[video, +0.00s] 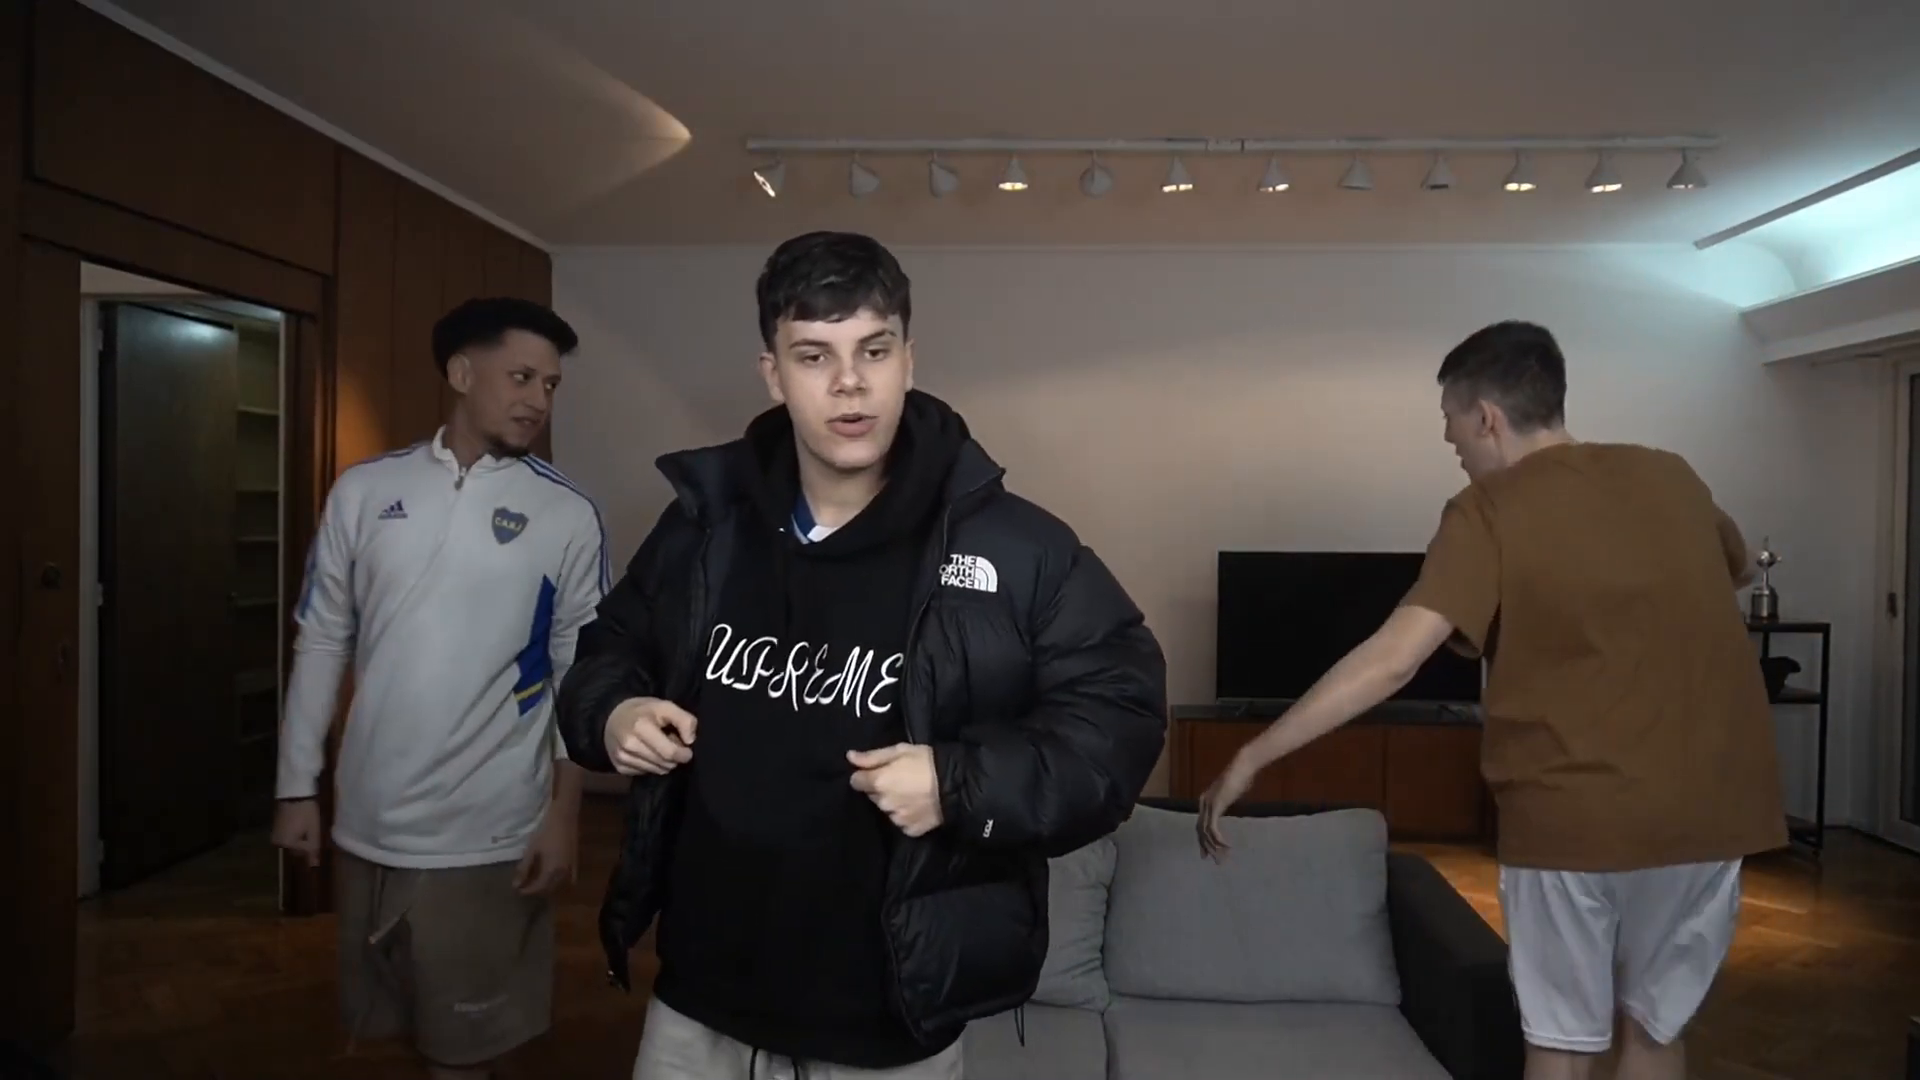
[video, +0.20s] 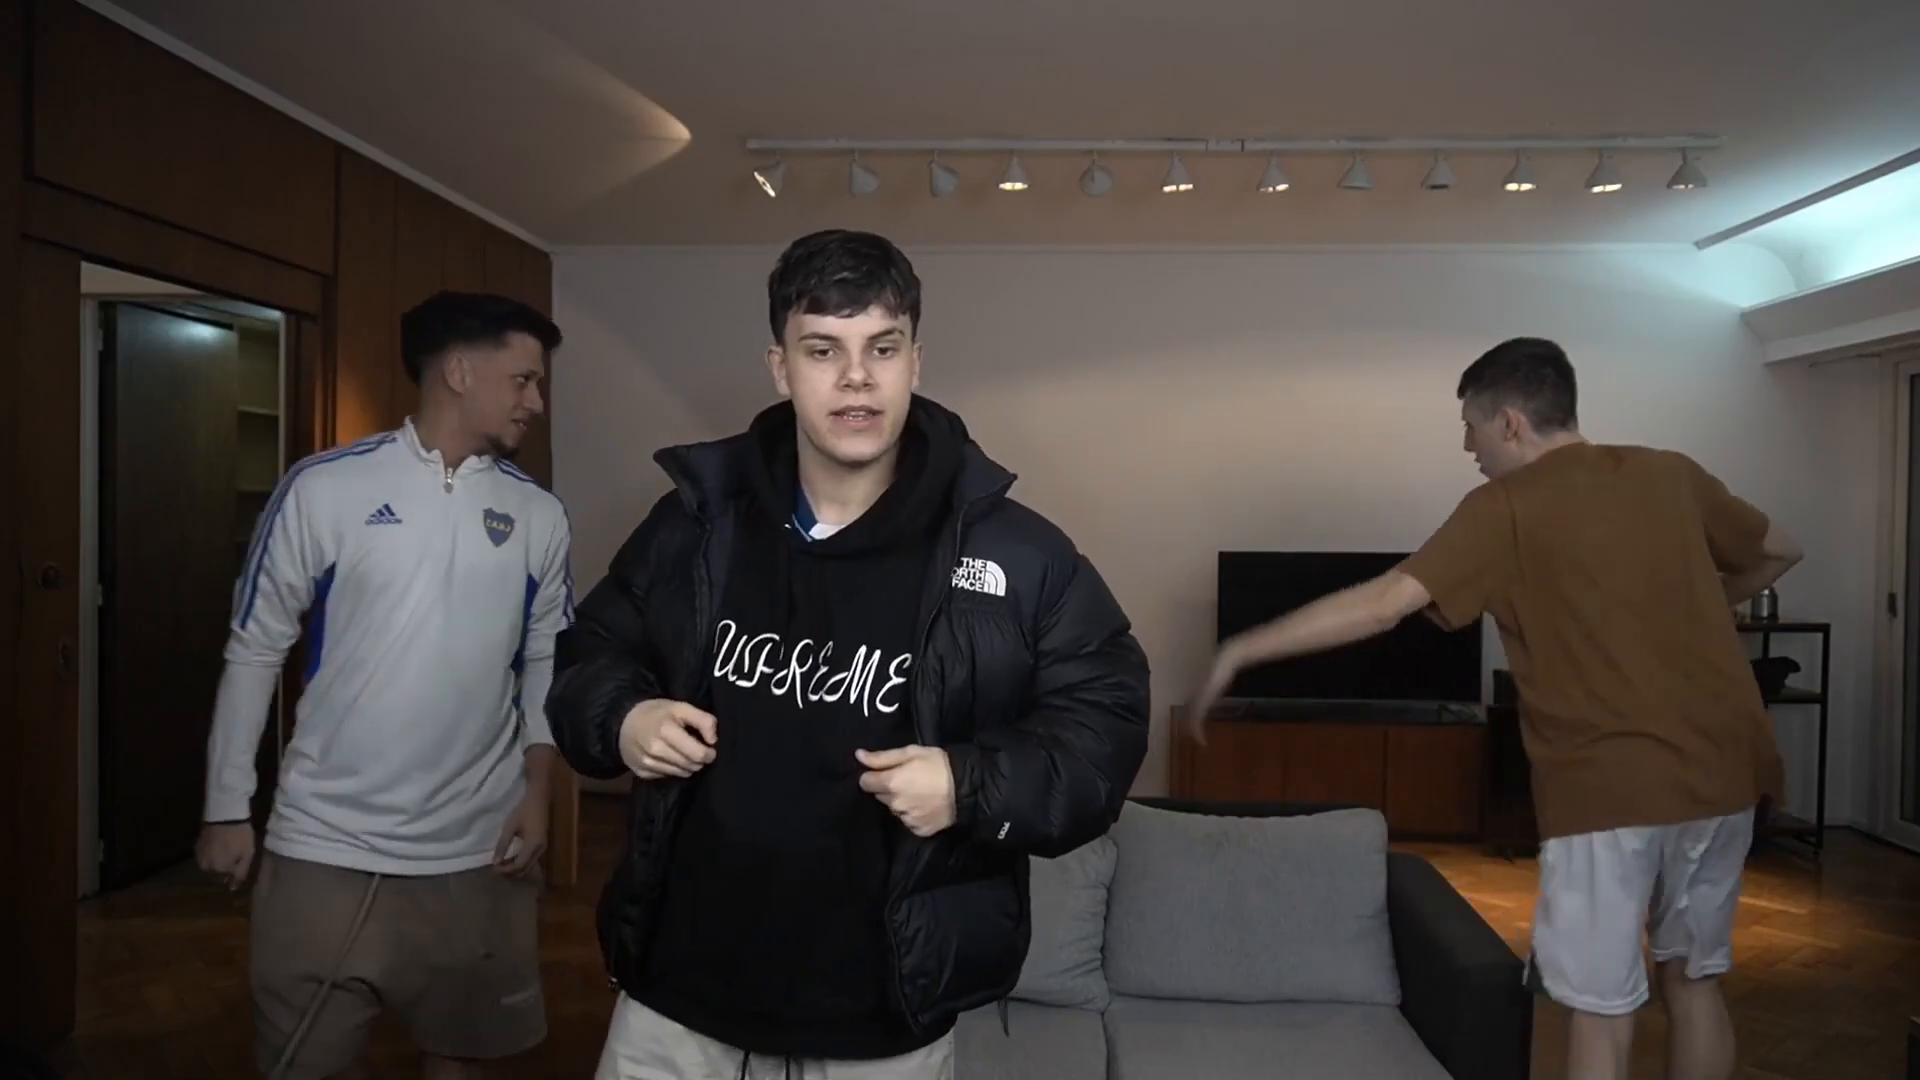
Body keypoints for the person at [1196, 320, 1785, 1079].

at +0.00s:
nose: (1453, 446)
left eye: (1452, 426)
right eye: (1448, 427)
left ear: (1488, 416)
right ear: (1553, 403)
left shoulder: (1488, 513)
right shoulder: (1672, 476)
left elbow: (1391, 659)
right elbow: (1741, 563)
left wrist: (1249, 759)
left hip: (1567, 825)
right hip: (1709, 823)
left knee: (1562, 1047)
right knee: (1655, 1036)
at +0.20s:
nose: (1470, 449)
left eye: (1471, 430)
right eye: (1466, 431)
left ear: (1511, 422)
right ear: (1556, 414)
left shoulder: (1506, 505)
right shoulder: (1673, 476)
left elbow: (1390, 599)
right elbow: (1777, 549)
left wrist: (1238, 651)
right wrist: (1691, 600)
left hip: (1606, 790)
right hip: (1728, 773)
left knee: (1598, 1010)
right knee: (1696, 978)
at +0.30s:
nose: (1491, 449)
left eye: (1494, 430)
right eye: (1489, 431)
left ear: (1537, 424)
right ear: (1578, 421)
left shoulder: (1519, 504)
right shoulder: (1681, 485)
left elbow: (1401, 574)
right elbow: (1770, 554)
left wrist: (1246, 560)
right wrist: (1689, 572)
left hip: (1613, 793)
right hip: (1725, 778)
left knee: (1621, 995)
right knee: (1699, 979)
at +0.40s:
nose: (1498, 437)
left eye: (1506, 421)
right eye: (1500, 421)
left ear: (1552, 421)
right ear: (1588, 421)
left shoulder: (1530, 497)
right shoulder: (1674, 487)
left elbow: (1427, 549)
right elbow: (1748, 552)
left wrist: (1300, 497)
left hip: (1604, 779)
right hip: (1716, 770)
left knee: (1611, 968)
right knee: (1699, 967)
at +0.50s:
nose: (1499, 424)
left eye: (1507, 407)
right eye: (1500, 408)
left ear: (1553, 408)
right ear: (1582, 409)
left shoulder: (1533, 483)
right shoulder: (1669, 471)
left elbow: (1432, 508)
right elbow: (1695, 518)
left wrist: (1306, 463)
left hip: (1597, 752)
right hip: (1704, 742)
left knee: (1604, 941)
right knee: (1697, 951)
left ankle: (1625, 1074)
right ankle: (1709, 1075)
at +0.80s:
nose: (1462, 443)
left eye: (1473, 430)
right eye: (1465, 429)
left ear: (1522, 439)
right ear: (1536, 436)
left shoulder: (1506, 512)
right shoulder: (1600, 476)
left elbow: (1390, 524)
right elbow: (1602, 437)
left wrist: (1267, 495)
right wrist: (1560, 398)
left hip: (1566, 745)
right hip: (1627, 731)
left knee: (1580, 910)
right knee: (1603, 892)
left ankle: (1643, 1067)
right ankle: (1642, 1048)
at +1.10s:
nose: (1398, 448)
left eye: (1413, 436)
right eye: (1400, 434)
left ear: (1460, 442)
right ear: (1461, 446)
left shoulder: (1470, 499)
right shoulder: (1495, 492)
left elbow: (1397, 526)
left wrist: (1283, 510)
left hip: (1502, 718)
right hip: (1552, 706)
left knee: (1469, 863)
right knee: (1537, 856)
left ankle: (1552, 1010)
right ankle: (1584, 1020)